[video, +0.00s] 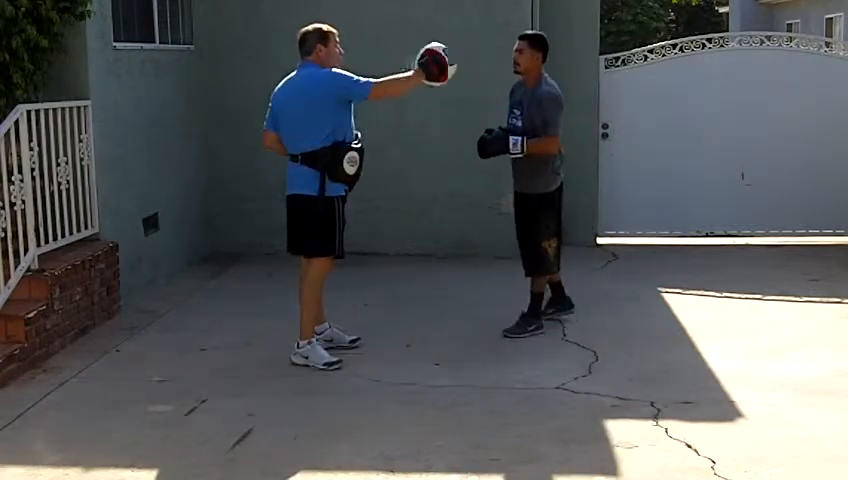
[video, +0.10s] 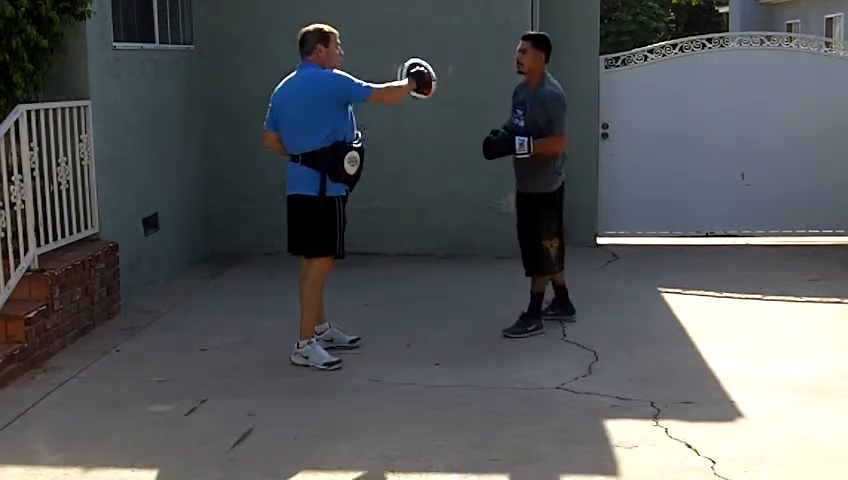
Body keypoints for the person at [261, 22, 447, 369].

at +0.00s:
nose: (341, 51)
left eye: (339, 45)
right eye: (337, 45)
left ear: (311, 52)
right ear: (320, 50)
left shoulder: (283, 88)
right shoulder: (331, 80)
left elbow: (271, 140)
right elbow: (380, 89)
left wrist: (308, 155)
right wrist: (422, 74)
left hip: (300, 188)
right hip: (323, 189)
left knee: (314, 260)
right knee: (321, 261)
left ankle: (318, 329)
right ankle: (305, 345)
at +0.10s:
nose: (341, 53)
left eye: (340, 47)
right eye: (337, 47)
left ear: (309, 52)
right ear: (320, 50)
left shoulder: (283, 88)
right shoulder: (332, 80)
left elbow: (270, 140)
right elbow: (387, 95)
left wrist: (306, 157)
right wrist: (413, 80)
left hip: (299, 189)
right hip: (323, 190)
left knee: (312, 260)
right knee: (321, 261)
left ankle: (319, 329)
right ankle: (306, 345)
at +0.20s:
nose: (341, 54)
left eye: (340, 48)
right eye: (337, 48)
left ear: (309, 52)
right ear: (320, 50)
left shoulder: (284, 87)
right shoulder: (331, 81)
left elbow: (270, 140)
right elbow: (376, 104)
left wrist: (304, 157)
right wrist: (405, 99)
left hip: (299, 187)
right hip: (325, 188)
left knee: (311, 261)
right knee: (321, 262)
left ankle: (320, 330)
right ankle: (305, 344)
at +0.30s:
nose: (342, 54)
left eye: (341, 47)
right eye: (338, 48)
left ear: (310, 53)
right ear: (320, 50)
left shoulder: (283, 88)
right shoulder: (329, 81)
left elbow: (272, 140)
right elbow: (368, 119)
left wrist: (308, 154)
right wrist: (393, 115)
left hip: (299, 187)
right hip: (324, 189)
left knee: (312, 260)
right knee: (321, 261)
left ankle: (320, 329)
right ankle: (305, 344)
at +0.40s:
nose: (342, 54)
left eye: (341, 48)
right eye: (338, 48)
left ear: (311, 53)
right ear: (320, 50)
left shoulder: (286, 86)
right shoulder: (326, 83)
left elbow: (275, 139)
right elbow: (357, 127)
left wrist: (310, 155)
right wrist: (389, 136)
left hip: (301, 187)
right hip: (322, 189)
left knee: (313, 261)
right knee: (320, 262)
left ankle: (320, 329)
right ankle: (305, 344)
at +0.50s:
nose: (343, 53)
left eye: (342, 47)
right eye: (339, 47)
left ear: (314, 52)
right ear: (319, 50)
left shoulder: (291, 85)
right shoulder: (323, 85)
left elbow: (282, 140)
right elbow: (346, 135)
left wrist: (325, 147)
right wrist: (381, 155)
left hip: (305, 187)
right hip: (320, 190)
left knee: (317, 260)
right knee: (318, 262)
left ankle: (320, 329)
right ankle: (305, 345)